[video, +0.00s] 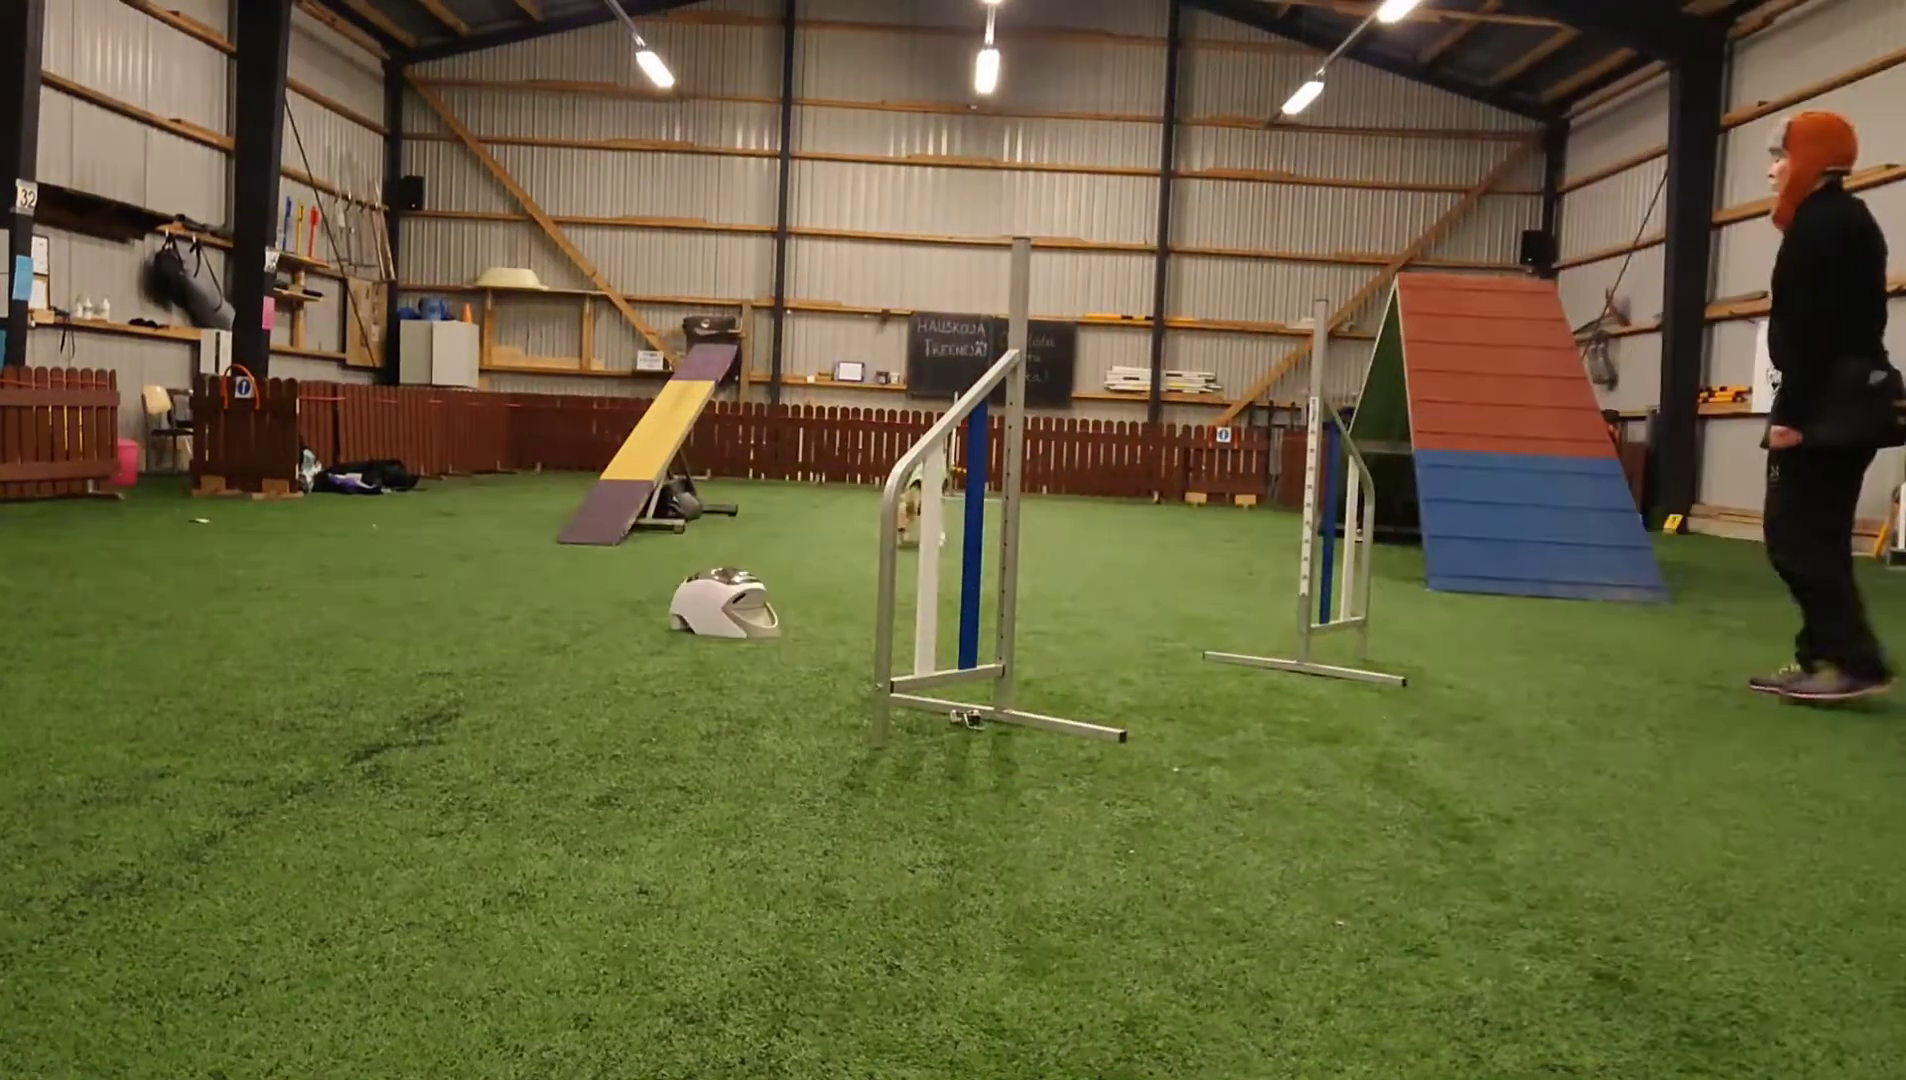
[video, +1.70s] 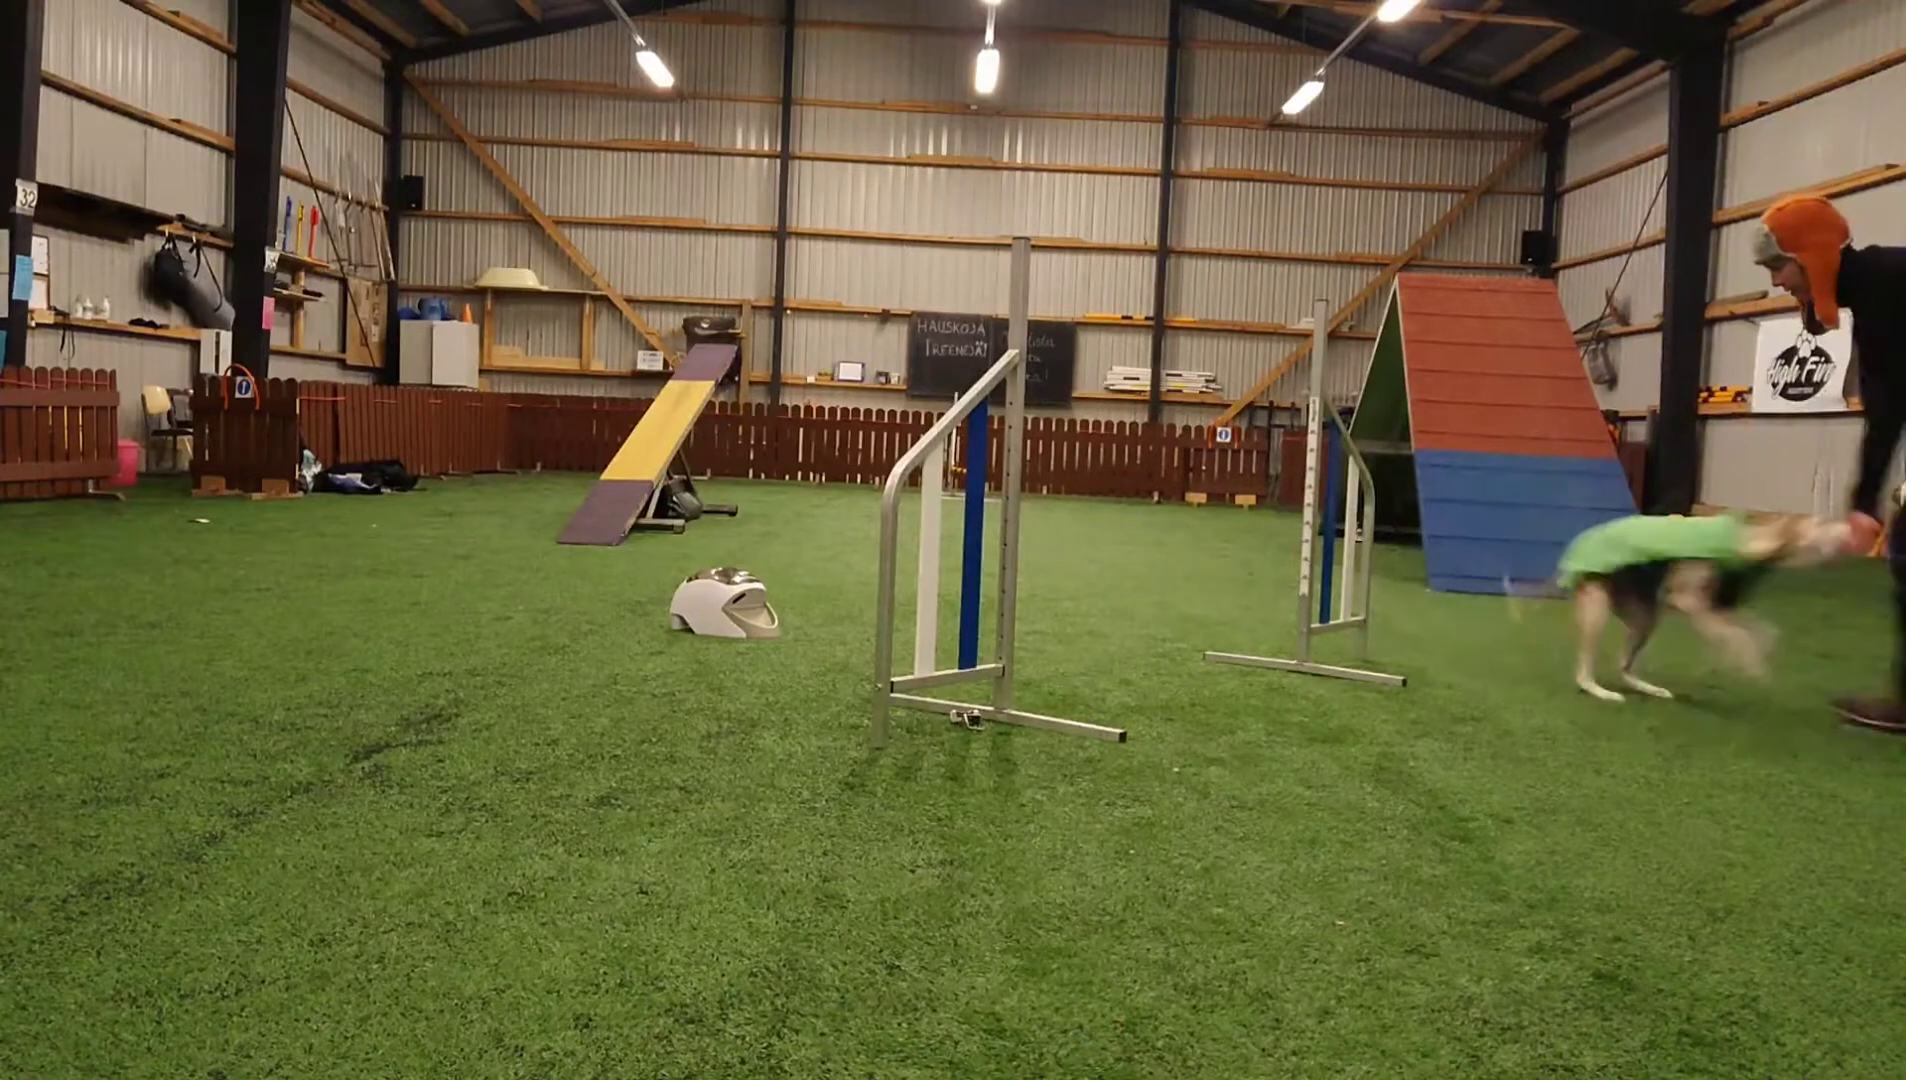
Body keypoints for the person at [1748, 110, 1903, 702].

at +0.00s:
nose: (1775, 166)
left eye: (1784, 155)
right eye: (1779, 154)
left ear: (1811, 162)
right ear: (1830, 162)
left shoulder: (1815, 225)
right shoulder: (1856, 220)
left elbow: (1811, 328)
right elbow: (1864, 324)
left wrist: (1790, 412)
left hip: (1822, 410)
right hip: (1852, 406)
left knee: (1793, 535)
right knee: (1822, 534)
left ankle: (1856, 663)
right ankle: (1822, 661)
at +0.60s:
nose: (1763, 168)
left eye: (1769, 158)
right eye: (1765, 157)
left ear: (1794, 163)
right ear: (1821, 162)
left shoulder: (1798, 225)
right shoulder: (1857, 222)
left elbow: (1776, 328)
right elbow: (1866, 326)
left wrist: (1731, 405)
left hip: (1812, 408)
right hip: (1855, 407)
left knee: (1782, 534)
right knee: (1826, 535)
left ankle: (1806, 673)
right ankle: (1825, 670)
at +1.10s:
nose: (1766, 230)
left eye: (1770, 216)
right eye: (1764, 218)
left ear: (1801, 213)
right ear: (1819, 210)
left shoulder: (1829, 268)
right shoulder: (1876, 241)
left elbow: (1807, 374)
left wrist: (1725, 380)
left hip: (1898, 423)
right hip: (1898, 419)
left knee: (1866, 542)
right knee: (1864, 541)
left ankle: (1828, 671)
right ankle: (1828, 670)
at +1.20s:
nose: (1773, 244)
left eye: (1775, 230)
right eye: (1768, 233)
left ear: (1807, 223)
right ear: (1824, 220)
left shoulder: (1844, 276)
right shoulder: (1880, 248)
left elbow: (1841, 380)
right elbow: (1842, 378)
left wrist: (1750, 407)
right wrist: (1758, 404)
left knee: (1887, 547)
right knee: (1885, 545)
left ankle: (1837, 671)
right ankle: (1838, 669)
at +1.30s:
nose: (1775, 260)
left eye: (1777, 245)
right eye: (1771, 247)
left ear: (1809, 239)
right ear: (1818, 236)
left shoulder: (1862, 283)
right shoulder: (1877, 259)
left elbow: (1867, 395)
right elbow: (1867, 394)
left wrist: (1793, 453)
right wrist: (1795, 452)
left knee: (1896, 535)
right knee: (1895, 534)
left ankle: (1900, 679)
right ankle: (1897, 677)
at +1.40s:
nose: (1780, 270)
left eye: (1780, 255)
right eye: (1775, 258)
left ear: (1809, 247)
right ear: (1810, 248)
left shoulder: (1872, 284)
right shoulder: (1883, 256)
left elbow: (1894, 405)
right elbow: (1893, 404)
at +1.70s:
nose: (1774, 280)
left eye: (1777, 265)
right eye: (1770, 268)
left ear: (1811, 257)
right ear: (1815, 257)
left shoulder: (1879, 290)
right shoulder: (1871, 288)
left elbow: (1887, 409)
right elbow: (1884, 408)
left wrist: (1865, 503)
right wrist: (1866, 502)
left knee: (1903, 544)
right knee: (1901, 545)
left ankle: (1904, 701)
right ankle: (1901, 699)